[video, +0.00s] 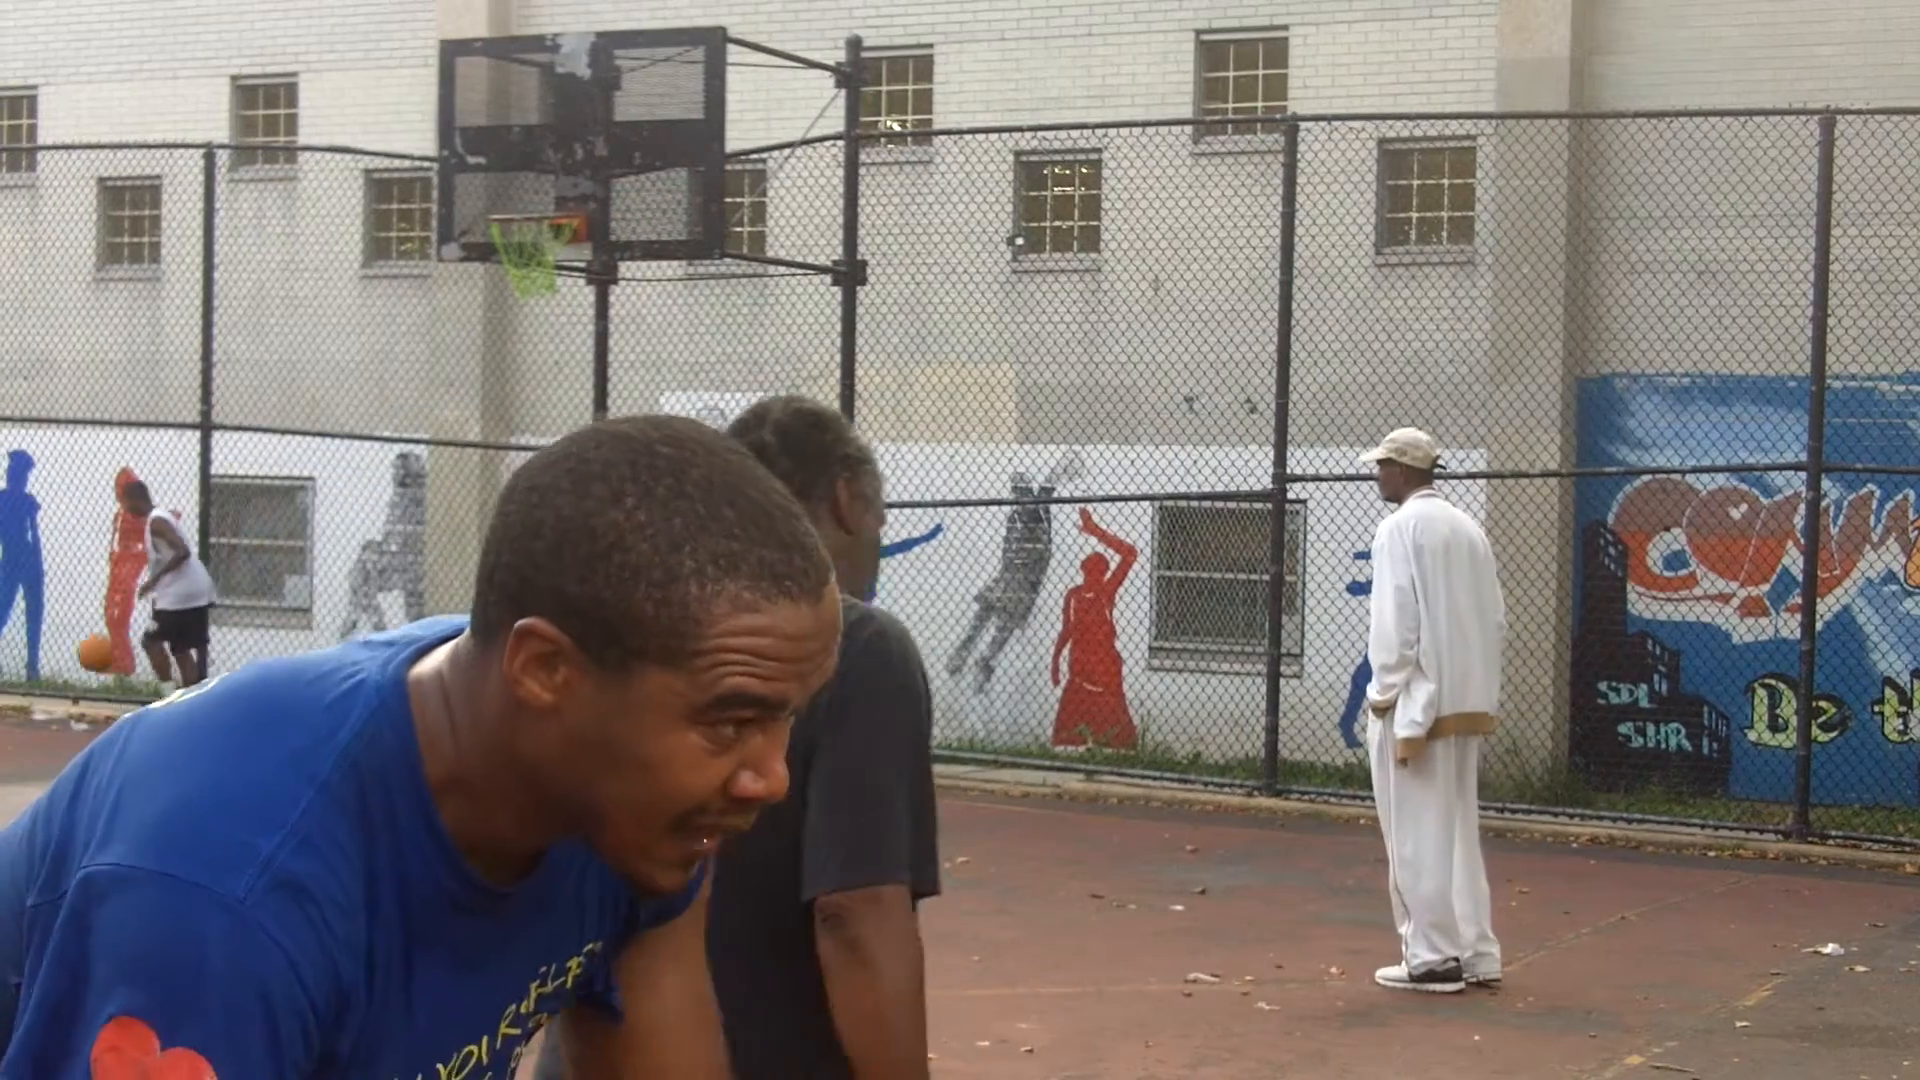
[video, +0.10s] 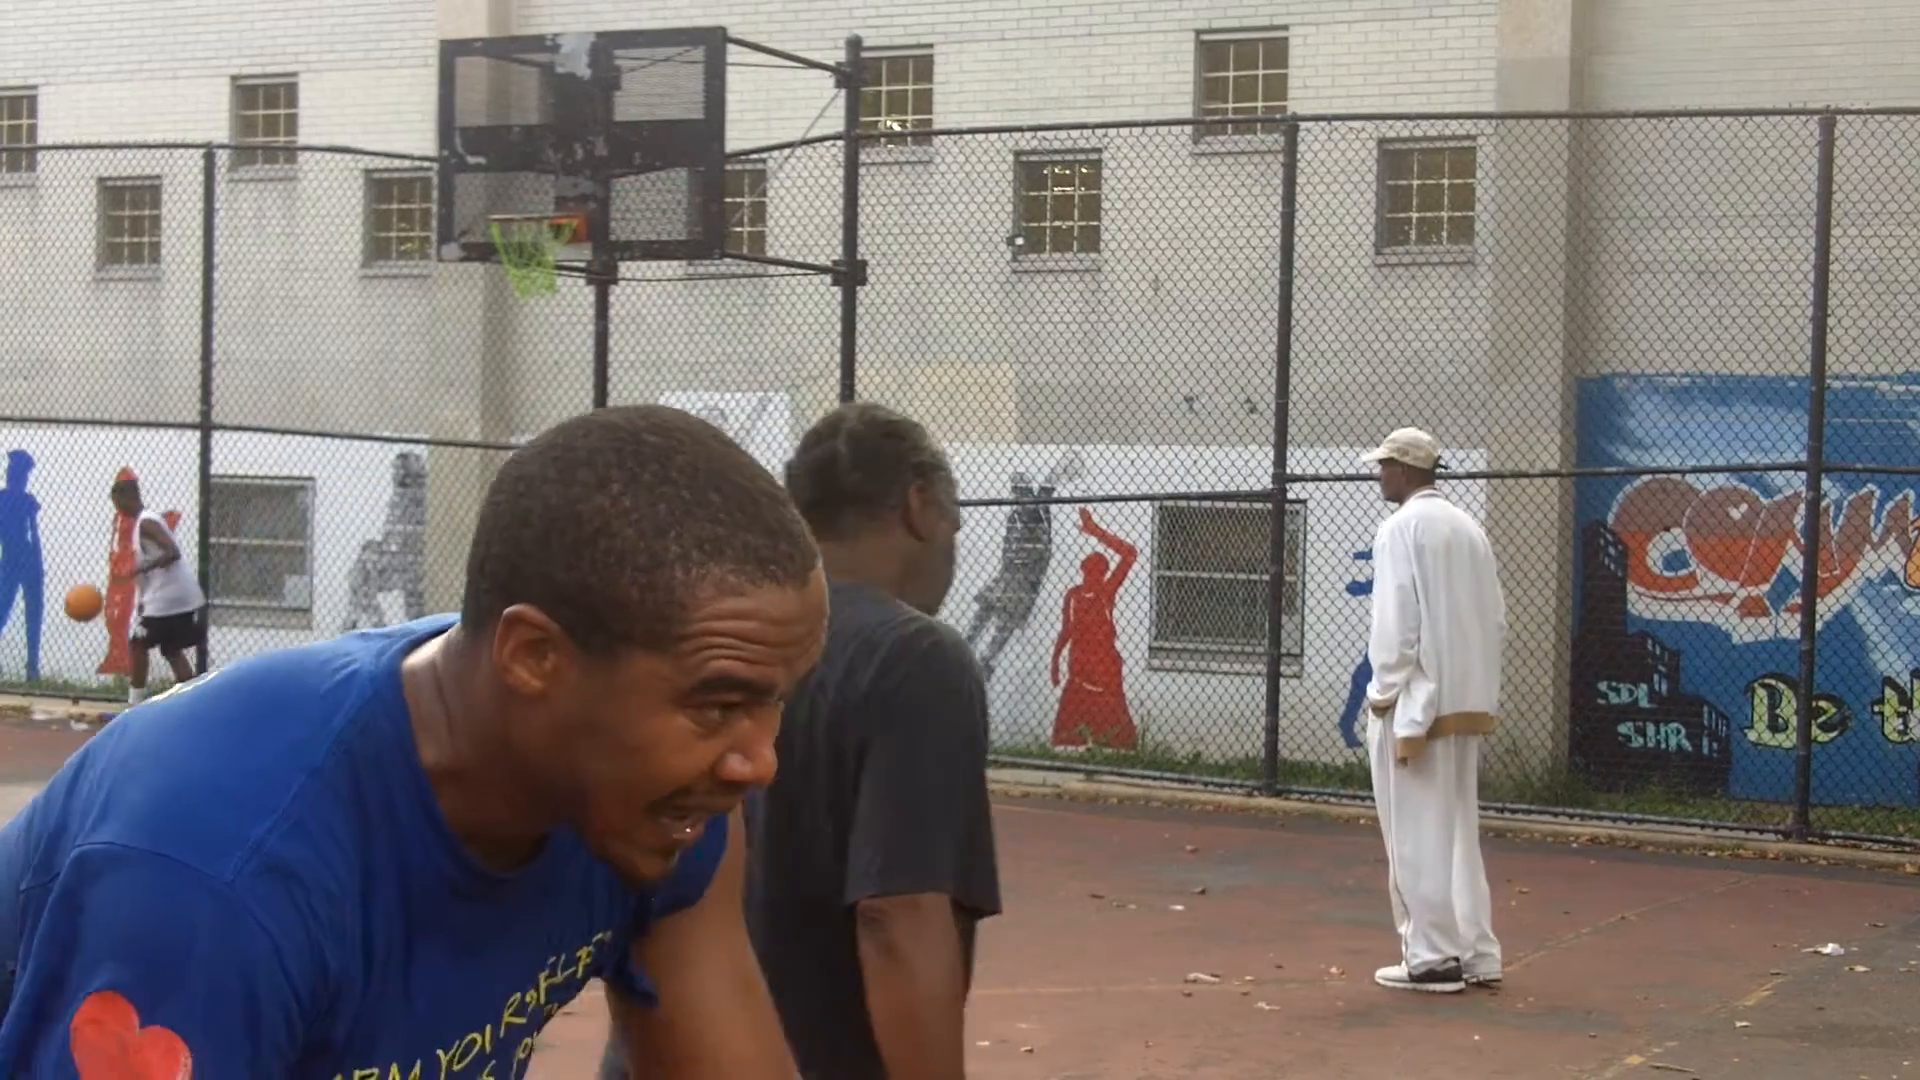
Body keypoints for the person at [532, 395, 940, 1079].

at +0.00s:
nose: (883, 532)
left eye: (884, 510)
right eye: (878, 508)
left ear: (755, 504)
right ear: (844, 501)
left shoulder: (672, 621)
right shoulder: (863, 645)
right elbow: (855, 913)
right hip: (791, 1052)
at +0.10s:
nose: (956, 548)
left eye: (961, 523)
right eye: (957, 519)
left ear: (806, 517)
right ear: (919, 506)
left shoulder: (737, 627)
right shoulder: (916, 656)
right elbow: (895, 914)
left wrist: (635, 1047)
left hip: (685, 1047)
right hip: (837, 1058)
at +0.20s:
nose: (1037, 556)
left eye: (1039, 535)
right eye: (1033, 532)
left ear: (883, 533)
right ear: (995, 523)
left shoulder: (779, 633)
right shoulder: (986, 673)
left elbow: (723, 852)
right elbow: (959, 928)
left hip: (766, 1049)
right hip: (904, 1059)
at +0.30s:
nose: (1122, 562)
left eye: (1122, 543)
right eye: (1116, 539)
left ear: (972, 543)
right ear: (1077, 534)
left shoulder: (852, 646)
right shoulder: (1071, 690)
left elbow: (782, 892)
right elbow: (1042, 948)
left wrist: (833, 1035)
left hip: (827, 1059)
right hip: (983, 1064)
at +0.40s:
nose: (1189, 571)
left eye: (1192, 546)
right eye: (1188, 540)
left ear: (1047, 533)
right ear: (1152, 528)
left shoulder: (921, 639)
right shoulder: (1147, 686)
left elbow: (859, 883)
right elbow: (1141, 949)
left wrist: (896, 1037)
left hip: (904, 1061)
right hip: (1066, 1062)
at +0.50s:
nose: (1243, 553)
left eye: (1244, 527)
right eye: (1241, 524)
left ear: (1094, 524)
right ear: (1208, 515)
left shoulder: (976, 629)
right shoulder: (1216, 670)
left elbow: (914, 869)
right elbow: (1234, 926)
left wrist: (936, 1037)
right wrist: (1283, 1067)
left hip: (991, 1049)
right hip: (1160, 1054)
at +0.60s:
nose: (1290, 552)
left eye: (1293, 523)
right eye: (1290, 521)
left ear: (1148, 521)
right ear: (1254, 508)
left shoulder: (1030, 629)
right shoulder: (1278, 661)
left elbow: (961, 868)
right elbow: (1320, 913)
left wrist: (978, 1031)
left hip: (1036, 1049)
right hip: (1221, 1055)